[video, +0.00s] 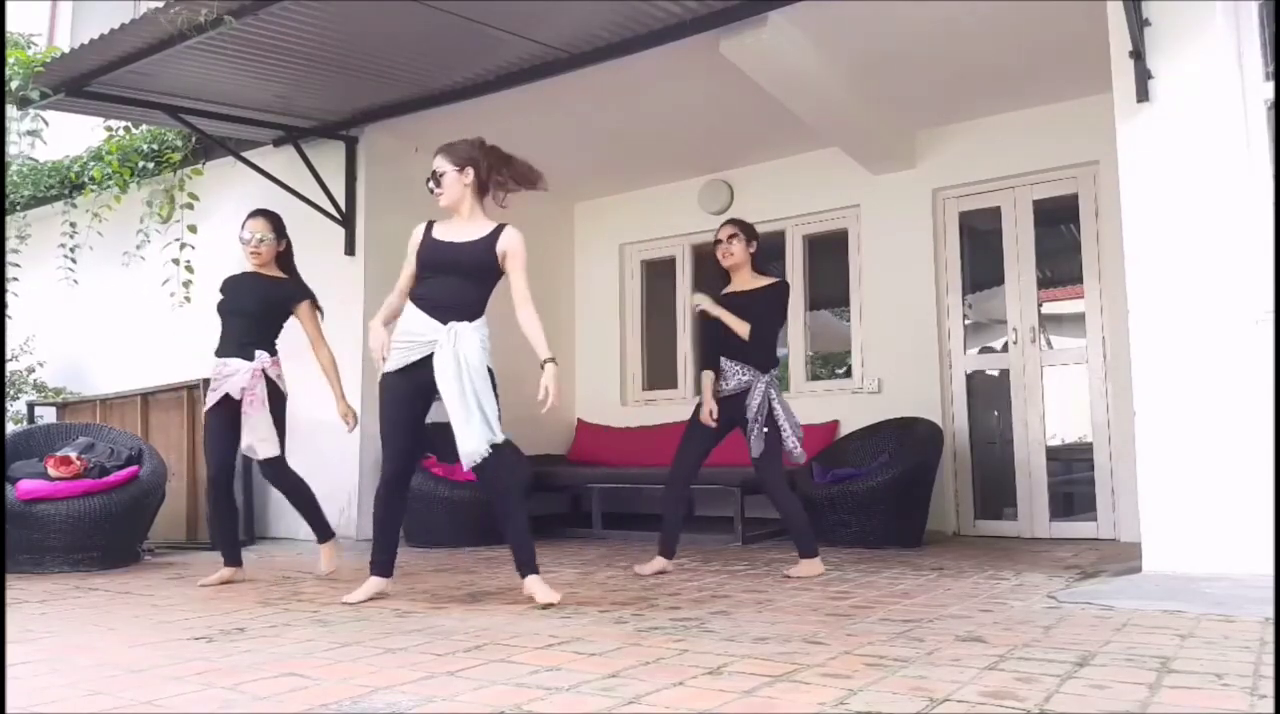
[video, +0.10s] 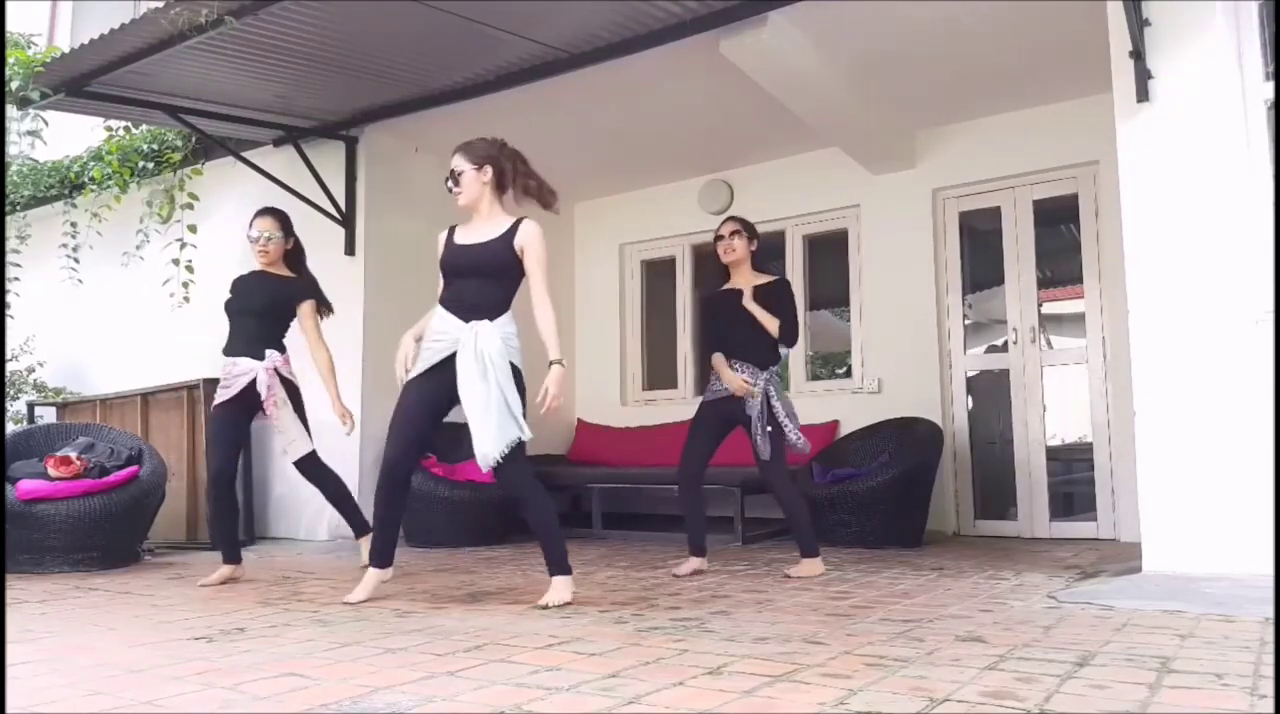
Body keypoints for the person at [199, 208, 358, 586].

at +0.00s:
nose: (254, 246)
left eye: (263, 239)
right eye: (248, 239)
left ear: (281, 244)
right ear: (240, 242)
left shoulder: (291, 288)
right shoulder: (231, 284)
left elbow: (319, 345)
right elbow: (230, 334)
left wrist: (341, 399)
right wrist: (225, 377)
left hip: (264, 383)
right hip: (224, 382)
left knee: (273, 468)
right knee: (218, 473)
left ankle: (327, 540)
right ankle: (231, 563)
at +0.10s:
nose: (261, 245)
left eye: (269, 238)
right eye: (255, 238)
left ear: (288, 242)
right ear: (248, 241)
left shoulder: (298, 284)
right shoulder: (241, 283)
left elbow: (316, 345)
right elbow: (240, 334)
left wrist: (336, 399)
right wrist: (236, 373)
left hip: (274, 380)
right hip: (234, 380)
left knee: (307, 463)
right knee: (219, 473)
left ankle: (365, 534)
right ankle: (230, 562)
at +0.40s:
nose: (295, 258)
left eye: (303, 251)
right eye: (288, 253)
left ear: (319, 253)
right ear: (281, 258)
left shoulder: (341, 289)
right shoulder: (284, 303)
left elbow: (311, 327)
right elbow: (268, 363)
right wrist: (236, 404)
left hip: (328, 394)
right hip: (281, 393)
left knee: (340, 477)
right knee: (240, 471)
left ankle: (354, 561)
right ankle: (215, 561)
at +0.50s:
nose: (302, 264)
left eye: (309, 256)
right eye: (294, 259)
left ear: (324, 259)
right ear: (287, 264)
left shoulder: (349, 301)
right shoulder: (283, 301)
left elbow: (318, 317)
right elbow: (248, 359)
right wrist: (207, 385)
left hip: (324, 398)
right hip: (278, 395)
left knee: (349, 481)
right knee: (253, 483)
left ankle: (353, 561)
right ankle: (226, 555)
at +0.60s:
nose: (303, 260)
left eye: (310, 253)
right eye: (295, 255)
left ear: (323, 257)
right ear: (286, 259)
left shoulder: (333, 298)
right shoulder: (272, 296)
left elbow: (362, 309)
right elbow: (220, 327)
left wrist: (351, 277)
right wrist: (181, 347)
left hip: (316, 393)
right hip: (272, 391)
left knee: (351, 479)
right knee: (255, 481)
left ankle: (352, 555)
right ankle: (226, 557)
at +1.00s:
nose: (330, 271)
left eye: (338, 265)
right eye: (324, 264)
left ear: (348, 273)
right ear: (312, 268)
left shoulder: (347, 313)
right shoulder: (288, 302)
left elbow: (360, 321)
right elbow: (281, 329)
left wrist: (355, 288)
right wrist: (296, 338)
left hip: (336, 399)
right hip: (294, 399)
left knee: (358, 480)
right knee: (254, 485)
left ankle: (379, 560)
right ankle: (251, 565)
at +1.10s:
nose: (343, 271)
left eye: (350, 265)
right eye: (335, 264)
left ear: (359, 273)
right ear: (322, 269)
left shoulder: (358, 310)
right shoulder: (299, 298)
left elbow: (369, 312)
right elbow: (293, 305)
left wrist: (365, 282)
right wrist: (310, 304)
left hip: (347, 400)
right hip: (305, 400)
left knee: (363, 483)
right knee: (255, 485)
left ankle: (380, 560)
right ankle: (247, 559)